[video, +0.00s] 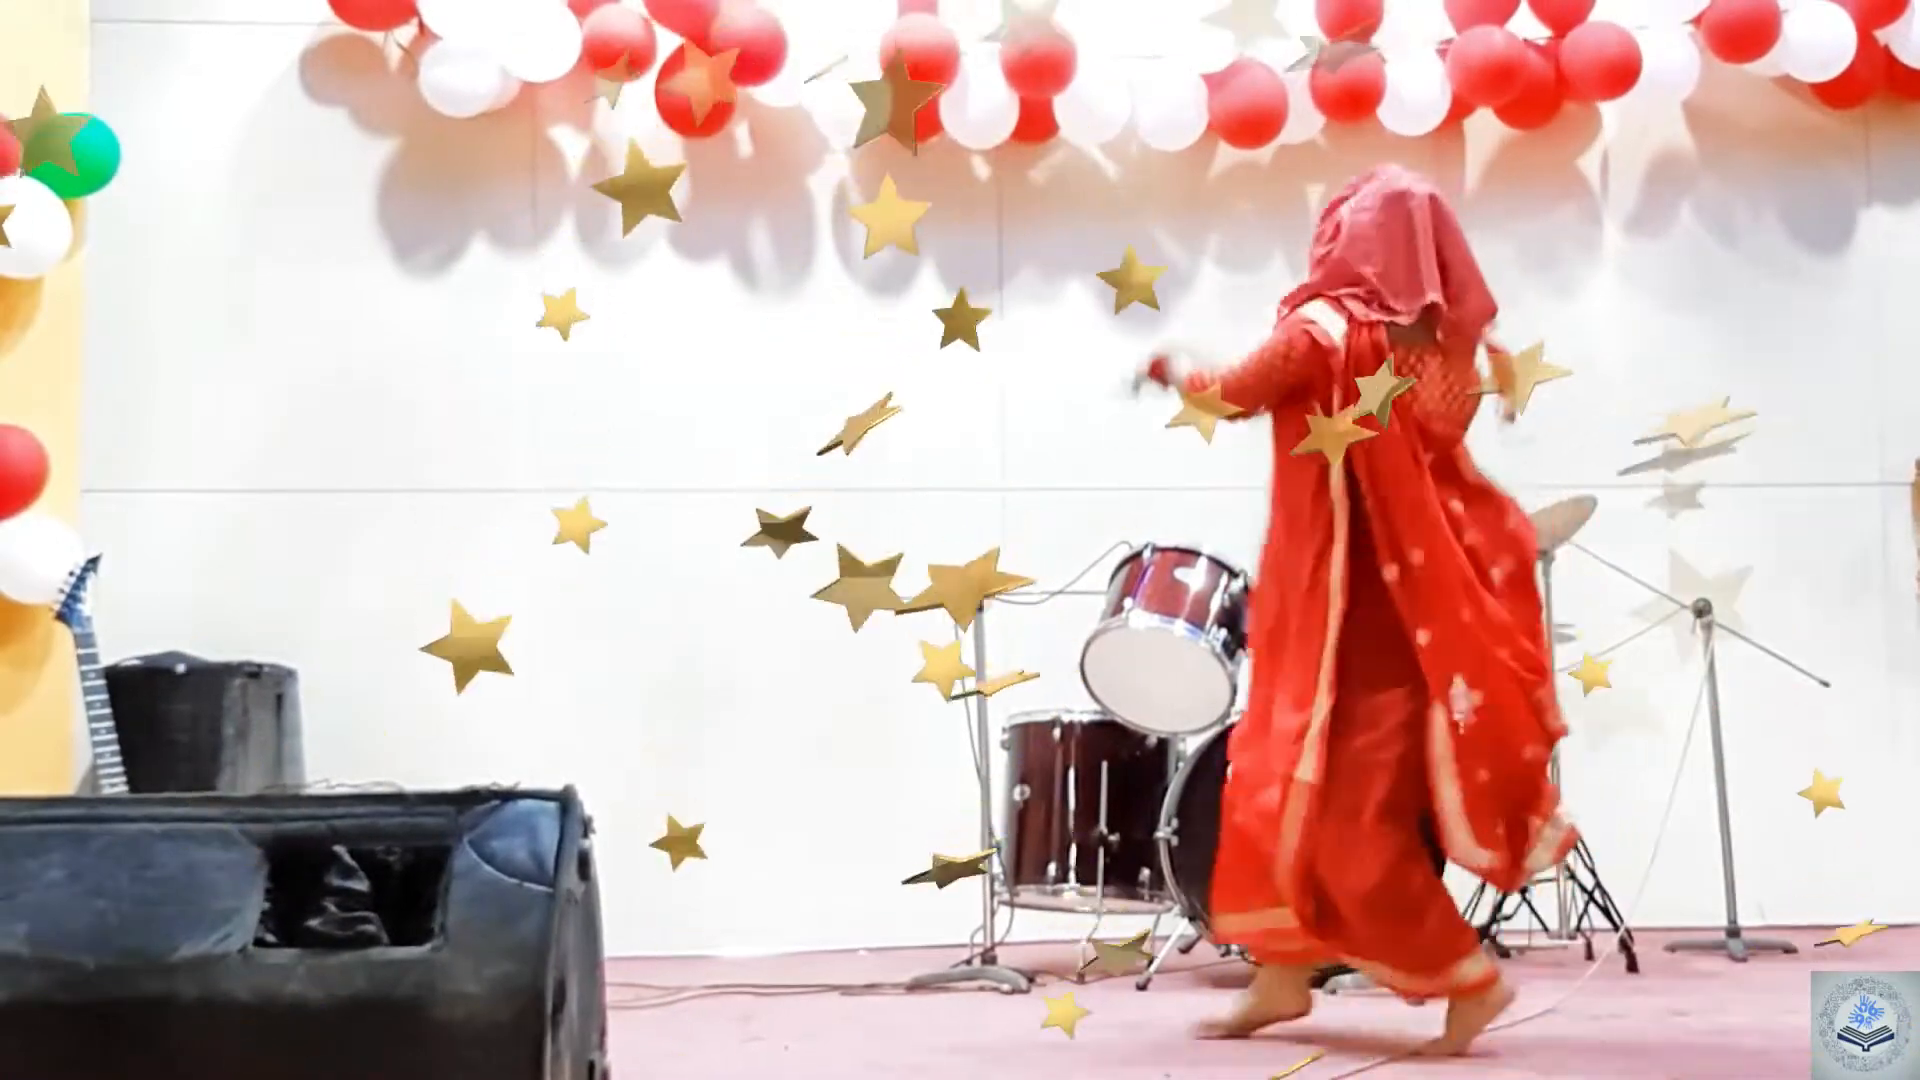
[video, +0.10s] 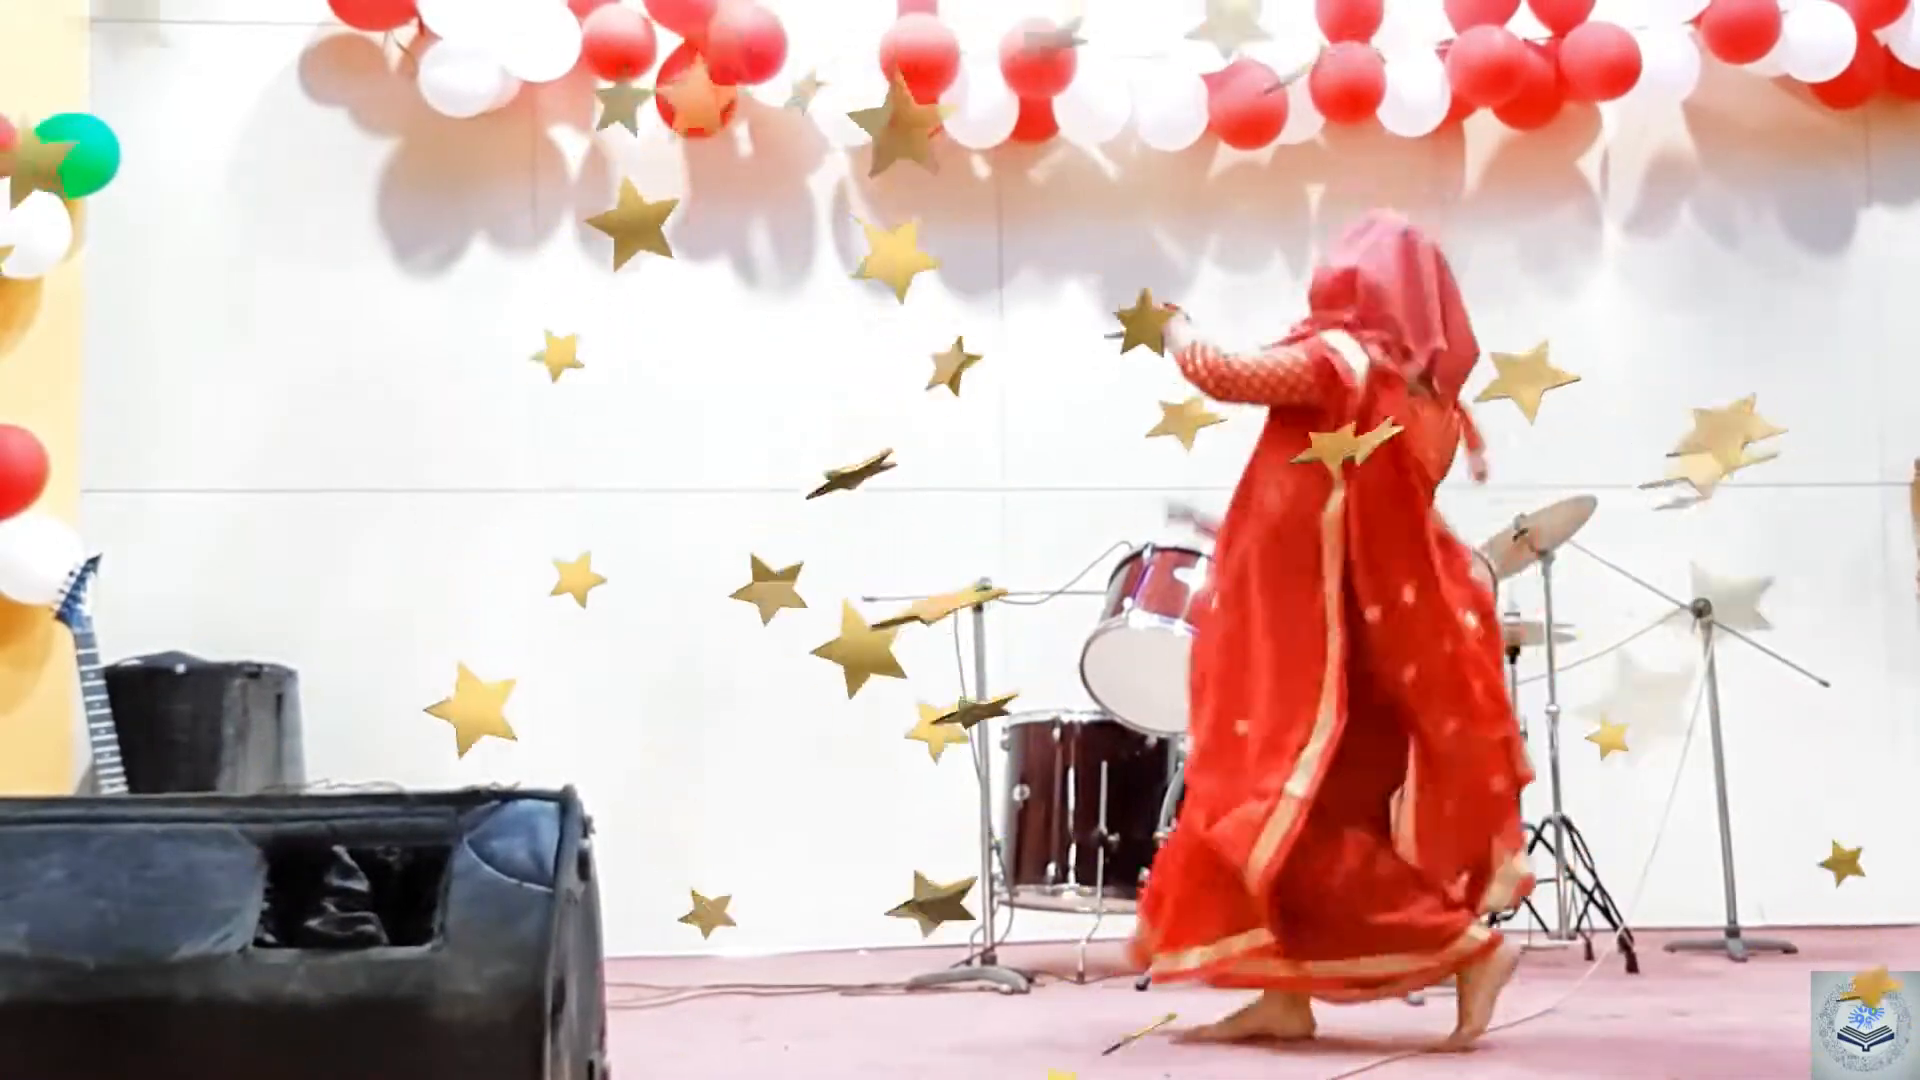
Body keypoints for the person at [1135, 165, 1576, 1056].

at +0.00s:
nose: (1320, 238)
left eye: (1332, 224)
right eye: (1329, 223)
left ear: (1351, 241)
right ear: (1426, 250)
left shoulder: (1325, 327)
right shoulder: (1451, 347)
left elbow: (1243, 387)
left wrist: (1179, 373)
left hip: (1358, 623)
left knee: (1344, 817)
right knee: (1281, 786)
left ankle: (1470, 976)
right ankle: (1282, 974)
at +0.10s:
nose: (1322, 286)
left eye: (1334, 272)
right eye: (1330, 271)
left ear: (1355, 284)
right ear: (1426, 298)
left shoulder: (1339, 360)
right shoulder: (1435, 406)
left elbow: (1232, 376)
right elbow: (1407, 525)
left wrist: (1174, 332)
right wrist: (1483, 567)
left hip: (1301, 625)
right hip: (1369, 630)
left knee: (1258, 810)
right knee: (1290, 810)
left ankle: (1469, 951)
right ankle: (1283, 993)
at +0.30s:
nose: (1343, 272)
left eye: (1353, 257)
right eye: (1346, 256)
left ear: (1388, 266)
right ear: (1425, 266)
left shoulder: (1385, 374)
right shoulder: (1442, 370)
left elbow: (1289, 448)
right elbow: (1342, 386)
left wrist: (1168, 473)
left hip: (1344, 609)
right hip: (1376, 601)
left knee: (1357, 797)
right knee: (1256, 779)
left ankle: (1496, 970)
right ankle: (1271, 973)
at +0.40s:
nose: (1370, 271)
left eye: (1381, 256)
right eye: (1372, 255)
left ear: (1421, 276)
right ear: (1439, 275)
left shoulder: (1426, 384)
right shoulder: (1425, 337)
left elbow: (1348, 488)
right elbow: (1381, 314)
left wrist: (1250, 558)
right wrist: (1314, 276)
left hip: (1435, 598)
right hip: (1392, 592)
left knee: (1436, 789)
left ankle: (1517, 984)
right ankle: (1334, 948)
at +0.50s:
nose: (1405, 302)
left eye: (1421, 288)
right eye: (1405, 285)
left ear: (1459, 306)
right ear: (1462, 308)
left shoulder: (1461, 420)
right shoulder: (1456, 391)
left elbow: (1383, 527)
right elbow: (1420, 314)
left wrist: (1301, 598)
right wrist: (1374, 265)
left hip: (1476, 642)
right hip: (1471, 637)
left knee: (1468, 813)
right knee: (1471, 813)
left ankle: (1518, 996)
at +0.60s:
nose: (1435, 300)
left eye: (1451, 284)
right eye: (1430, 285)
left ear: (1494, 292)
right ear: (1432, 292)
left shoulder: (1505, 394)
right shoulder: (1478, 366)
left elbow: (1426, 480)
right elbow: (1440, 289)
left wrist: (1341, 533)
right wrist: (1386, 291)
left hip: (1504, 622)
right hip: (1474, 617)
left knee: (1486, 796)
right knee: (1478, 796)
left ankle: (1519, 996)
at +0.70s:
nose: (1460, 294)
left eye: (1477, 280)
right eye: (1453, 280)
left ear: (1521, 287)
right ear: (1446, 288)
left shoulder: (1541, 374)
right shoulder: (1481, 365)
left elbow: (1466, 430)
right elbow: (1446, 376)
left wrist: (1344, 446)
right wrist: (1394, 381)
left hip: (1524, 627)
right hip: (1478, 625)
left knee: (1505, 795)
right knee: (1493, 794)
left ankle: (1527, 991)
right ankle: (1664, 941)